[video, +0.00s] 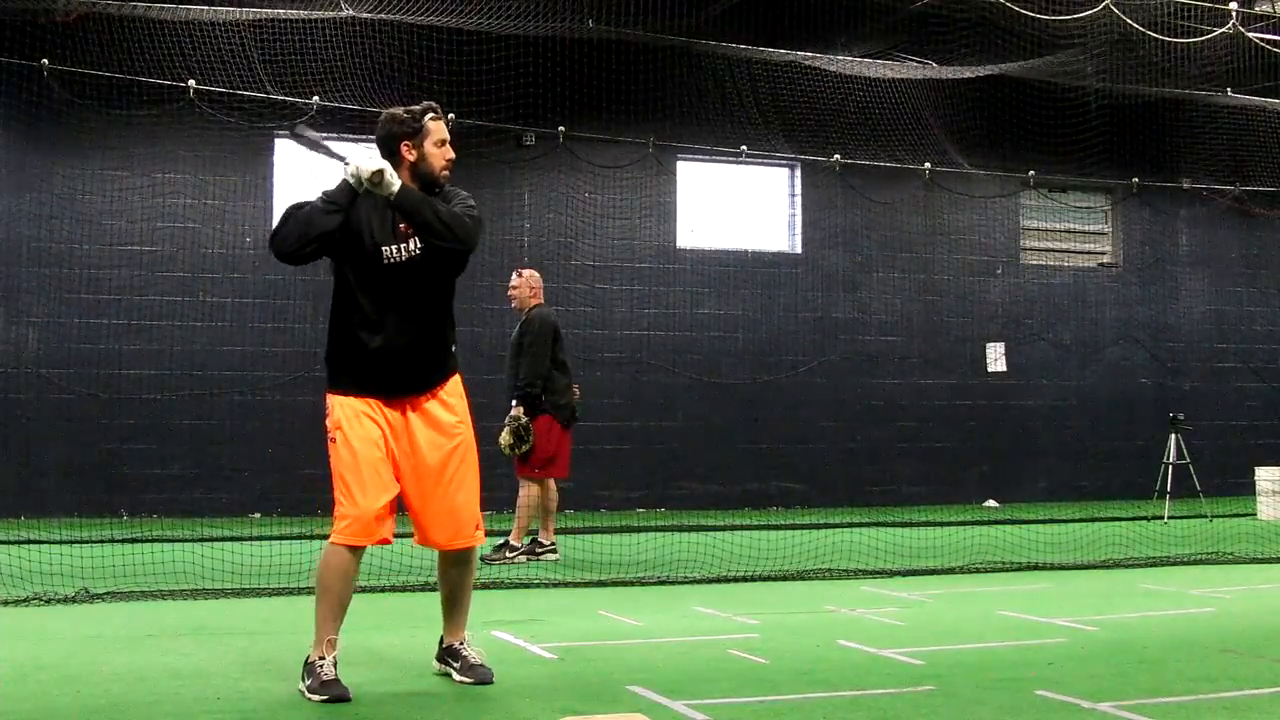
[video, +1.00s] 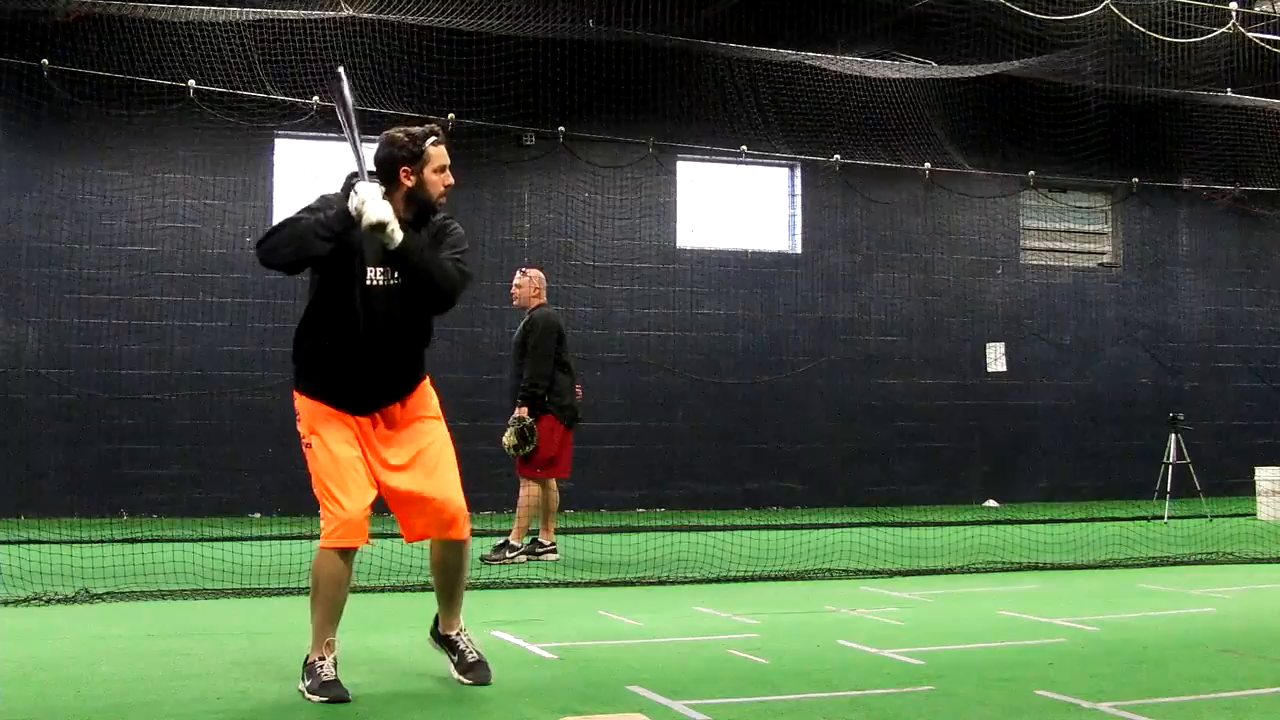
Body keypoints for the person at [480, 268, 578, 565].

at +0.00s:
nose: (509, 293)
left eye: (514, 288)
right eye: (510, 289)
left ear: (532, 290)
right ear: (530, 291)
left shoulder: (538, 319)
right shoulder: (536, 318)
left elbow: (533, 367)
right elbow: (536, 366)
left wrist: (519, 403)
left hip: (541, 410)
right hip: (551, 409)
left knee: (528, 477)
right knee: (545, 477)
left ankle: (515, 542)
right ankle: (546, 541)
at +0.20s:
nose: (511, 293)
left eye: (516, 288)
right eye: (511, 288)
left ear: (534, 290)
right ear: (531, 291)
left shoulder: (540, 318)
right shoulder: (535, 318)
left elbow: (535, 367)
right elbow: (533, 366)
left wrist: (521, 403)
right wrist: (521, 400)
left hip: (542, 410)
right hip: (550, 409)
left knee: (528, 476)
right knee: (545, 477)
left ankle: (515, 542)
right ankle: (546, 541)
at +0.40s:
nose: (512, 291)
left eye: (518, 287)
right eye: (513, 287)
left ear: (535, 290)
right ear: (531, 292)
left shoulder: (541, 319)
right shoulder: (536, 319)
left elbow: (535, 367)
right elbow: (541, 366)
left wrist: (521, 402)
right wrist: (565, 388)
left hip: (543, 410)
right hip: (552, 409)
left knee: (528, 476)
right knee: (546, 477)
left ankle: (514, 542)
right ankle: (546, 541)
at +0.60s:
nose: (512, 291)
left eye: (518, 286)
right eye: (513, 286)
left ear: (536, 290)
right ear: (532, 292)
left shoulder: (542, 319)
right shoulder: (537, 319)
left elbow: (536, 367)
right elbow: (546, 365)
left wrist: (522, 403)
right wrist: (566, 387)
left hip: (543, 410)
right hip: (553, 409)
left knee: (529, 476)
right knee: (546, 476)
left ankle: (515, 542)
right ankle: (546, 541)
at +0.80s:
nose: (513, 291)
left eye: (518, 286)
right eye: (514, 286)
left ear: (536, 291)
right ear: (532, 292)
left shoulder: (542, 320)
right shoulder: (538, 319)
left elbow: (536, 367)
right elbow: (547, 364)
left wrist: (522, 403)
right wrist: (566, 386)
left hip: (544, 410)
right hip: (554, 409)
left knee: (529, 475)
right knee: (546, 476)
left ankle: (515, 542)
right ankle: (546, 541)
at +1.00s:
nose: (513, 291)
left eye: (518, 286)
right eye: (513, 286)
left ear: (536, 290)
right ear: (532, 291)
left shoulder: (543, 319)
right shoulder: (539, 318)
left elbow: (537, 367)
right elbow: (547, 364)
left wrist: (523, 403)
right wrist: (567, 385)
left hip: (543, 409)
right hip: (553, 408)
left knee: (529, 476)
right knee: (546, 476)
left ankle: (514, 542)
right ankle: (546, 542)